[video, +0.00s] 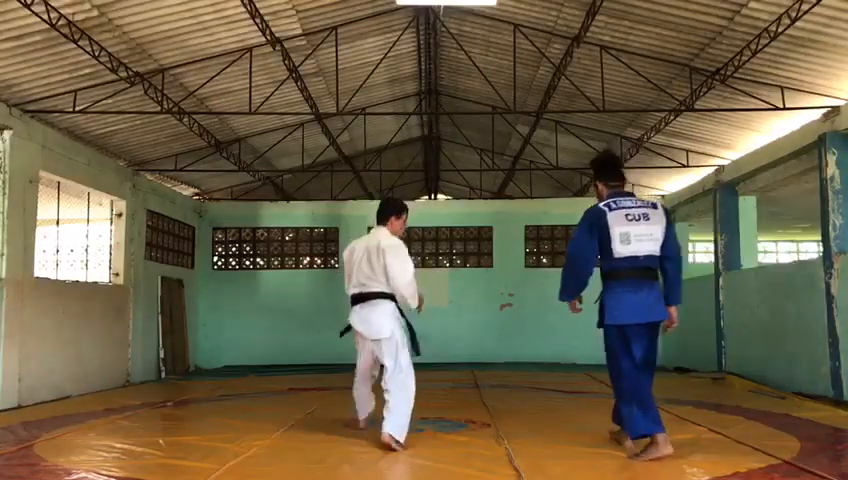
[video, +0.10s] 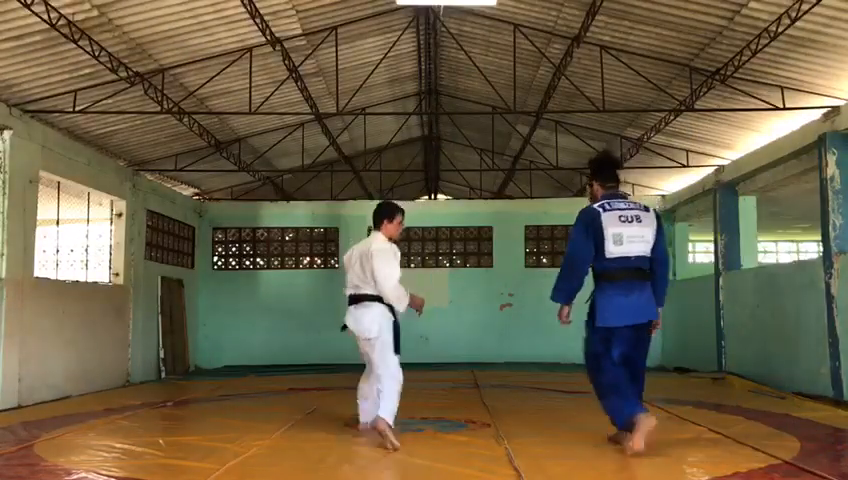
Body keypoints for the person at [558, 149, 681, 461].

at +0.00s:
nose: (595, 192)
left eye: (594, 186)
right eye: (595, 187)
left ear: (600, 186)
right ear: (626, 182)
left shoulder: (598, 213)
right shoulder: (657, 210)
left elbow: (579, 256)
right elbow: (671, 258)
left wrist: (571, 291)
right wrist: (672, 302)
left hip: (619, 302)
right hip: (653, 300)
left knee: (626, 369)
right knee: (642, 366)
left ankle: (660, 439)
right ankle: (625, 429)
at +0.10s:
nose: (590, 192)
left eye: (590, 187)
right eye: (590, 187)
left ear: (595, 186)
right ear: (619, 183)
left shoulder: (592, 214)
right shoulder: (649, 214)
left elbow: (577, 260)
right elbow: (660, 263)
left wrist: (566, 299)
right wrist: (657, 305)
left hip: (610, 301)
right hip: (644, 300)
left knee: (600, 362)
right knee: (634, 364)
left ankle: (635, 416)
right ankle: (626, 428)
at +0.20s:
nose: (579, 191)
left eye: (580, 185)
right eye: (579, 185)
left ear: (590, 183)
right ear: (609, 183)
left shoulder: (586, 213)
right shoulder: (640, 213)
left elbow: (574, 258)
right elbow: (649, 261)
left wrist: (561, 301)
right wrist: (642, 297)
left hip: (599, 296)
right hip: (633, 296)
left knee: (577, 351)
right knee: (628, 361)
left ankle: (612, 404)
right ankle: (627, 429)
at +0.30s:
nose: (571, 190)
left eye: (572, 184)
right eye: (571, 184)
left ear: (581, 182)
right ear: (601, 181)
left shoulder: (580, 212)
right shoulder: (629, 213)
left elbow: (570, 258)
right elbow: (639, 260)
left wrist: (558, 299)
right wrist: (631, 295)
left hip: (585, 296)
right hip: (619, 295)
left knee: (566, 347)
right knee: (622, 361)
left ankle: (591, 413)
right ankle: (625, 428)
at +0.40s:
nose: (563, 192)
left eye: (564, 186)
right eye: (563, 186)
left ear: (573, 187)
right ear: (592, 186)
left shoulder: (571, 217)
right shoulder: (617, 218)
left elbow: (562, 260)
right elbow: (626, 262)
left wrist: (552, 299)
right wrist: (619, 295)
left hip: (576, 299)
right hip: (609, 297)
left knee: (564, 359)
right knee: (616, 362)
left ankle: (561, 419)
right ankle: (623, 426)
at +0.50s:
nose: (551, 194)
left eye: (553, 189)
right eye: (552, 189)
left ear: (563, 193)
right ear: (579, 192)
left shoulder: (560, 223)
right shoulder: (602, 222)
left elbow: (551, 265)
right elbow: (613, 265)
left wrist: (544, 305)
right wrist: (605, 298)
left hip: (567, 304)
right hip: (597, 302)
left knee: (558, 364)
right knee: (607, 363)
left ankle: (553, 421)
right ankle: (621, 421)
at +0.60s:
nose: (540, 197)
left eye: (542, 193)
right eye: (542, 192)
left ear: (551, 195)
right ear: (568, 194)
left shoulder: (547, 226)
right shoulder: (590, 223)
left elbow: (537, 269)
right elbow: (600, 264)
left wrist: (531, 308)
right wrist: (592, 297)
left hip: (553, 306)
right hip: (582, 304)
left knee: (549, 365)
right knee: (588, 360)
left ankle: (551, 423)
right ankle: (610, 403)